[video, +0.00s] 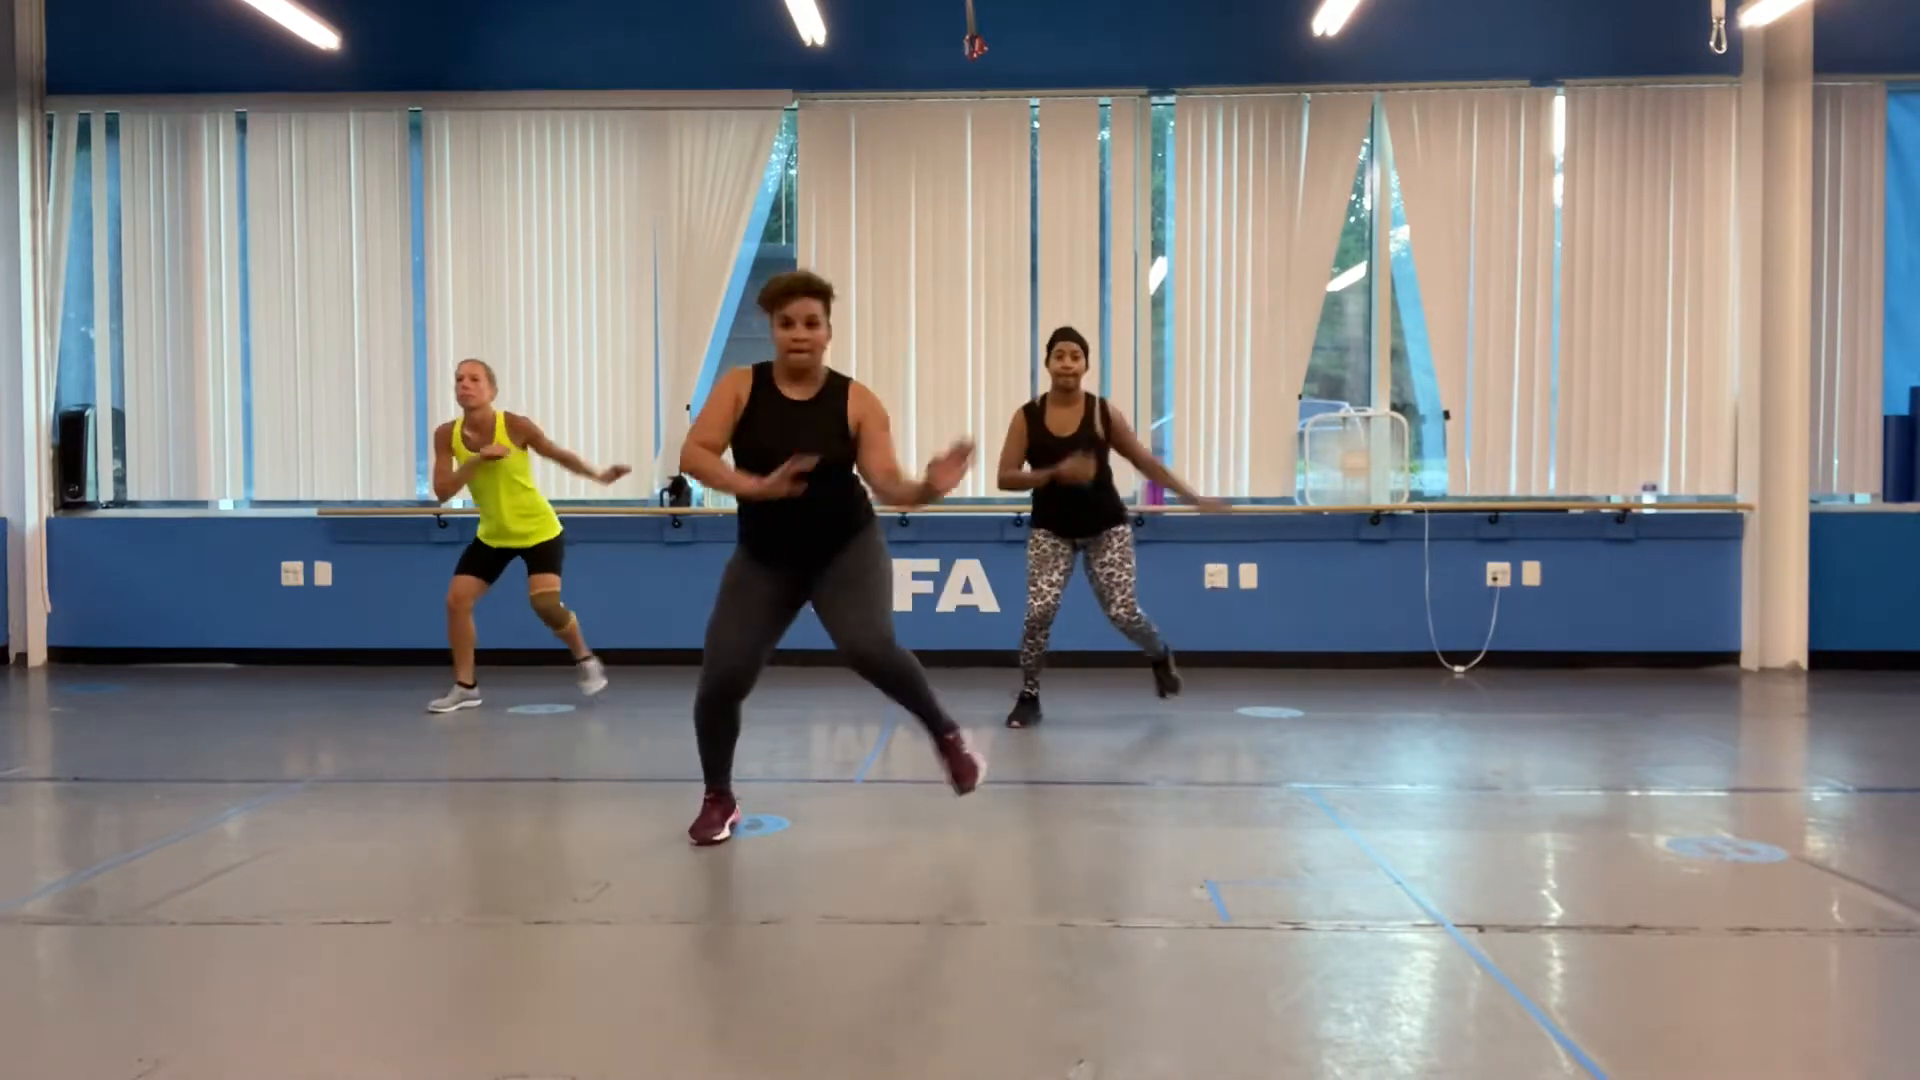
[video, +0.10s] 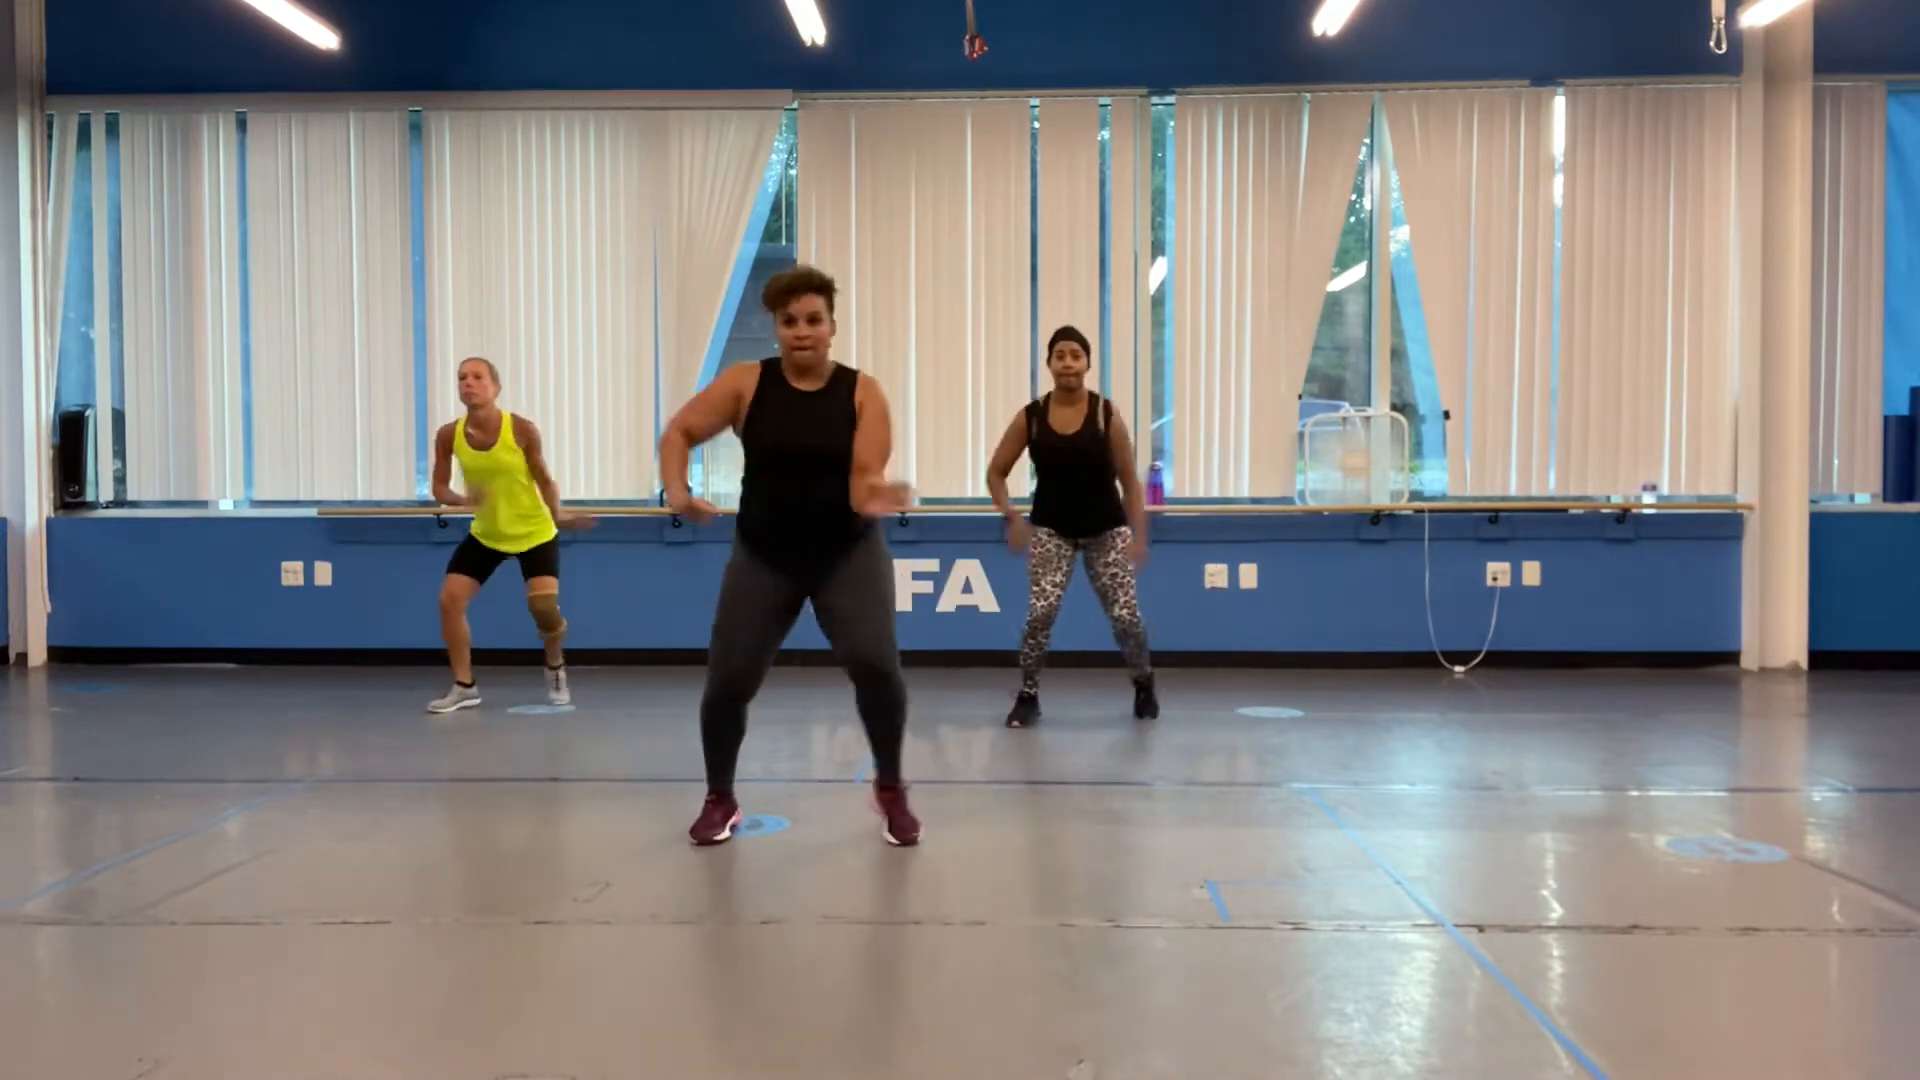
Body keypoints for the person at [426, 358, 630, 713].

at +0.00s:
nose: (465, 385)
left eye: (473, 380)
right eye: (460, 380)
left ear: (492, 390)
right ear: (455, 391)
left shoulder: (517, 426)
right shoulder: (447, 435)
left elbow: (557, 454)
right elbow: (442, 490)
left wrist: (597, 475)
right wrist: (477, 459)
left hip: (537, 527)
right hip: (493, 532)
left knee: (545, 603)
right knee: (458, 599)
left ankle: (585, 660)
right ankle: (465, 687)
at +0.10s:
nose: (468, 383)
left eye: (477, 378)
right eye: (463, 379)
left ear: (495, 387)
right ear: (458, 390)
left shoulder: (522, 430)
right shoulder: (449, 435)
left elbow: (544, 477)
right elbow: (439, 490)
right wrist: (465, 501)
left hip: (533, 527)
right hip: (487, 530)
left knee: (544, 607)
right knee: (451, 599)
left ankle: (555, 666)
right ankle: (464, 687)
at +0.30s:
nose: (496, 381)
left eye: (504, 374)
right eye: (490, 376)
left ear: (522, 382)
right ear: (486, 386)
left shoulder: (550, 423)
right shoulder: (478, 427)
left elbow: (568, 481)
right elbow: (450, 455)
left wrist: (523, 493)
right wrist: (430, 492)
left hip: (546, 527)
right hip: (495, 526)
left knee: (579, 596)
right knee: (461, 601)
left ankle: (601, 680)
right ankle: (454, 682)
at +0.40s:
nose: (510, 382)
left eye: (518, 375)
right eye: (504, 378)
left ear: (536, 382)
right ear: (500, 388)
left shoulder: (566, 419)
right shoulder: (497, 430)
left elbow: (591, 469)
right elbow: (474, 460)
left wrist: (538, 476)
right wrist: (435, 474)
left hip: (565, 525)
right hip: (517, 525)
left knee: (592, 598)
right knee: (482, 604)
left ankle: (605, 684)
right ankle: (449, 677)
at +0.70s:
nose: (514, 379)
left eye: (522, 374)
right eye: (509, 374)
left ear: (540, 383)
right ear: (503, 384)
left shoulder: (566, 419)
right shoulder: (497, 428)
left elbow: (604, 453)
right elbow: (507, 480)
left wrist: (629, 473)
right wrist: (495, 489)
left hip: (584, 521)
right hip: (539, 526)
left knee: (596, 600)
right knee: (504, 594)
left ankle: (616, 682)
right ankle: (502, 678)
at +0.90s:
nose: (508, 385)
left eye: (517, 380)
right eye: (503, 379)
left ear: (534, 389)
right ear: (497, 388)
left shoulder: (554, 426)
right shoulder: (486, 425)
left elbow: (596, 447)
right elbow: (470, 481)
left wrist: (636, 457)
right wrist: (502, 454)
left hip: (564, 525)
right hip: (519, 529)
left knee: (569, 601)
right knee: (488, 599)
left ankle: (622, 665)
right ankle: (490, 687)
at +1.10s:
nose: (531, 386)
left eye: (539, 381)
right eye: (525, 381)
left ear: (556, 390)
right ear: (519, 390)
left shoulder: (577, 436)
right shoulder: (505, 427)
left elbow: (582, 484)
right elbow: (476, 468)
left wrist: (589, 508)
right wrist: (489, 498)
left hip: (567, 529)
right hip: (518, 530)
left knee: (593, 595)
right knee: (485, 602)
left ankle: (615, 664)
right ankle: (488, 687)